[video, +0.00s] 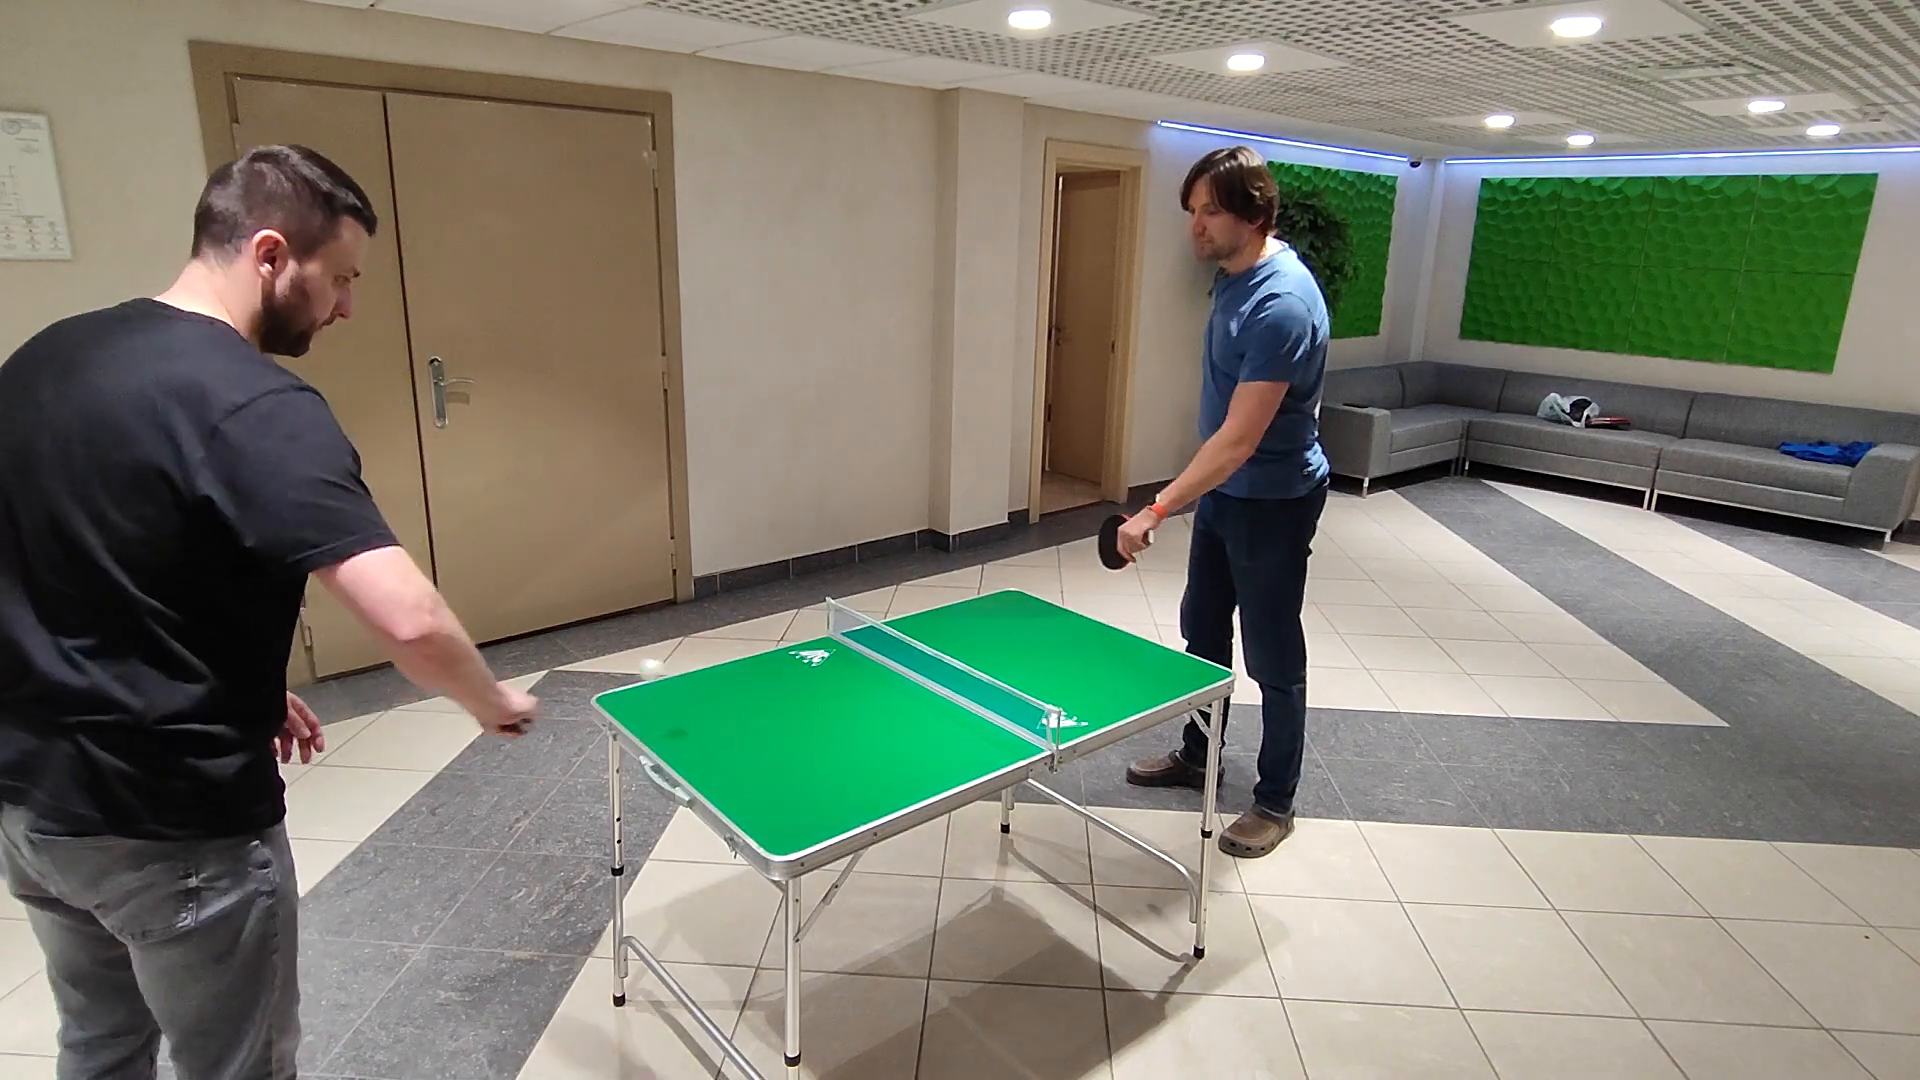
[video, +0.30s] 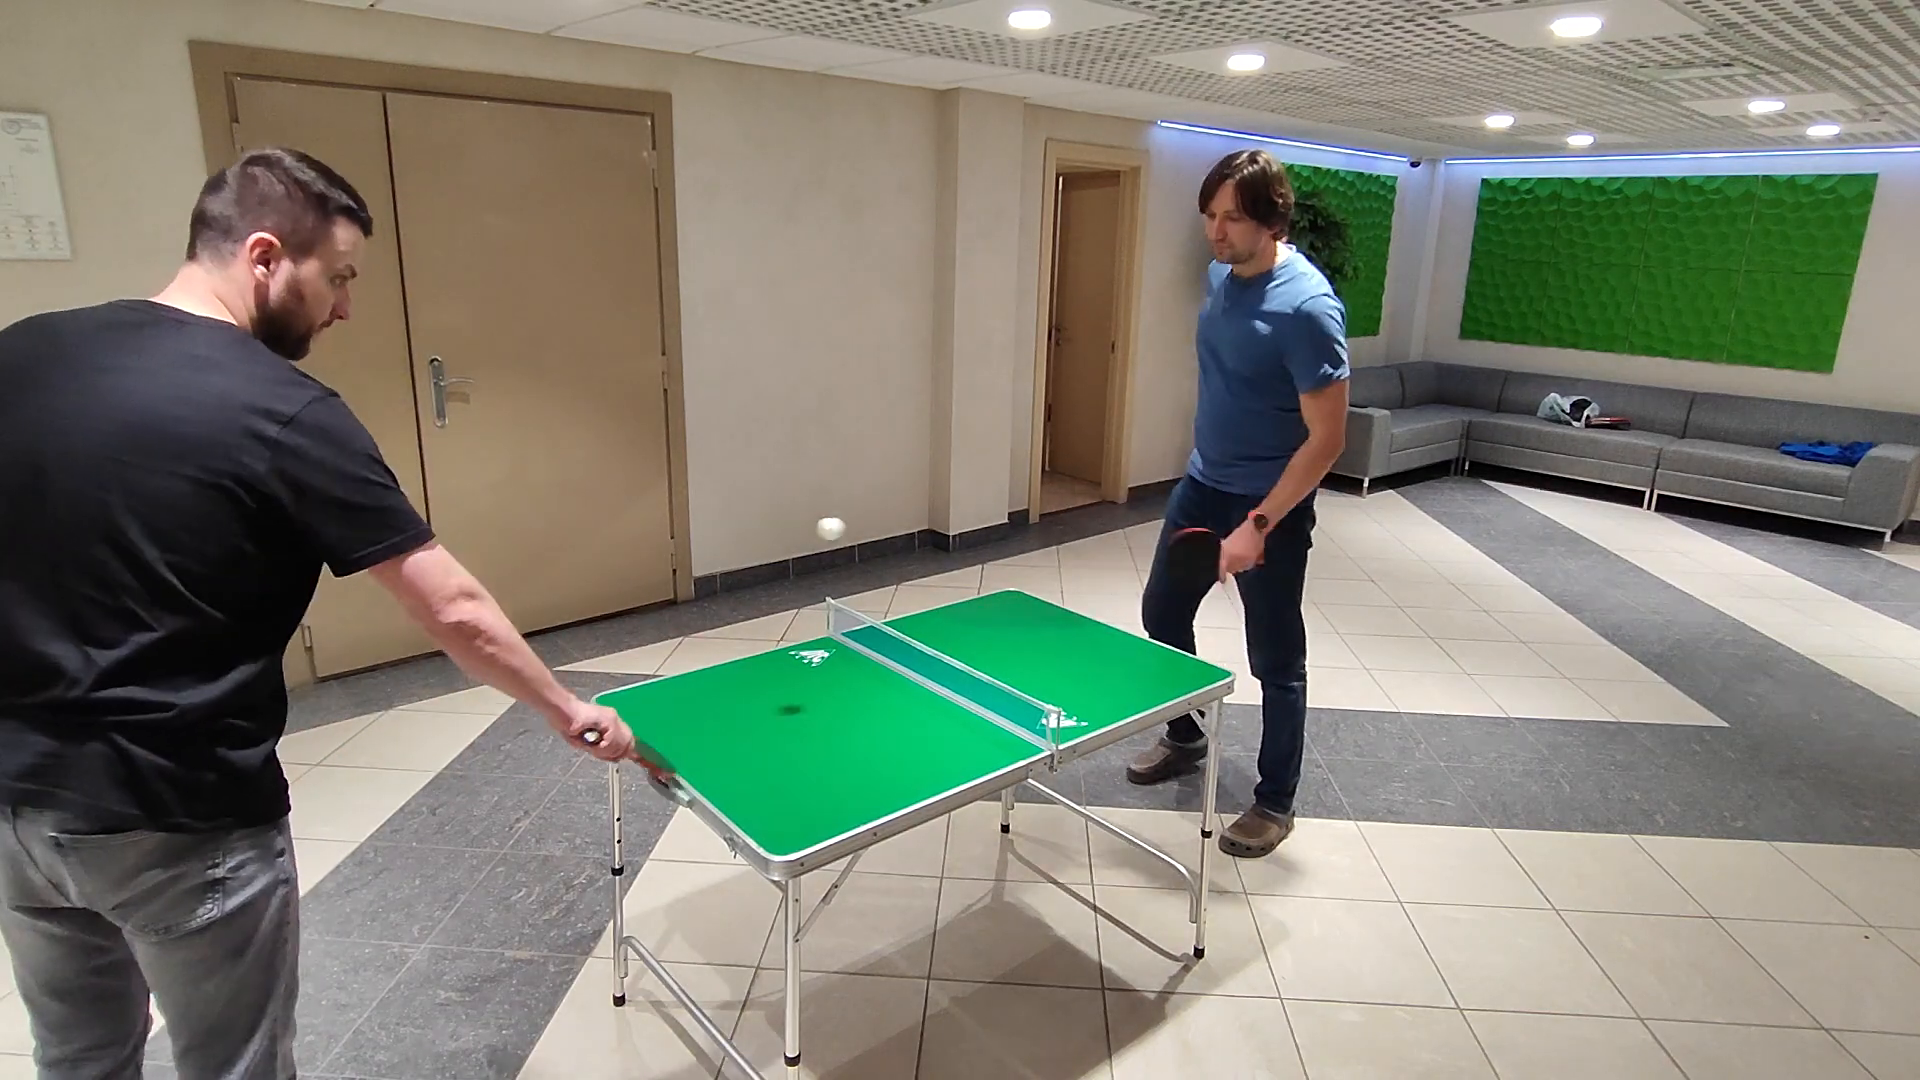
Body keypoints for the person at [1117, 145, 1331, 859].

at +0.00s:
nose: (1193, 226)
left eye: (1204, 214)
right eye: (1192, 213)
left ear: (1247, 215)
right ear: (1232, 216)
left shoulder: (1283, 307)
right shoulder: (1240, 276)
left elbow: (1237, 439)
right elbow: (1236, 409)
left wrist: (1153, 511)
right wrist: (1206, 480)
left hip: (1275, 497)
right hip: (1225, 486)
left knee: (1274, 658)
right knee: (1203, 629)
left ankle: (1274, 803)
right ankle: (1195, 756)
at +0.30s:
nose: (1214, 230)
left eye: (1228, 218)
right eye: (1210, 215)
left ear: (1269, 222)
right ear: (1211, 216)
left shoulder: (1308, 307)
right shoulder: (1226, 275)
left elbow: (1329, 437)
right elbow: (1231, 384)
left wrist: (1259, 523)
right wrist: (1207, 471)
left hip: (1271, 505)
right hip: (1205, 485)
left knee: (1277, 662)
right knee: (1163, 617)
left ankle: (1274, 803)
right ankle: (1185, 740)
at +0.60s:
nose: (1219, 258)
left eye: (1236, 247)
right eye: (1210, 243)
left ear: (1264, 246)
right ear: (1198, 237)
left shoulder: (1293, 324)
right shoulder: (1169, 289)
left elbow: (1308, 437)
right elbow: (1139, 376)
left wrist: (1319, 534)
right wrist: (1107, 456)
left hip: (1243, 499)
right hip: (1164, 488)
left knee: (1255, 651)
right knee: (1139, 618)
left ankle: (1272, 803)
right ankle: (1138, 723)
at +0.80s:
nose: (1198, 284)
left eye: (1213, 273)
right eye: (1189, 269)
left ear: (1238, 271)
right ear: (1177, 262)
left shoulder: (1259, 351)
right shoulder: (1150, 301)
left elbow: (1242, 461)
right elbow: (1105, 379)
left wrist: (1222, 551)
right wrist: (1063, 453)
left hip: (1212, 498)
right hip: (1138, 484)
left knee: (1232, 641)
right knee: (1119, 611)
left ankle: (1261, 788)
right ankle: (1139, 720)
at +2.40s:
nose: (1216, 225)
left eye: (1231, 213)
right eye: (1208, 213)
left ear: (1263, 214)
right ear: (1198, 213)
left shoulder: (1307, 290)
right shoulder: (1175, 284)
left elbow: (1320, 401)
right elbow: (1147, 379)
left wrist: (1300, 487)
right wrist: (1108, 463)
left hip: (1261, 484)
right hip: (1178, 479)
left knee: (1252, 643)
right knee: (1159, 615)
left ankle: (1234, 763)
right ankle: (1140, 721)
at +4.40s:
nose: (1269, 227)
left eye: (1284, 216)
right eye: (1263, 213)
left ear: (1321, 219)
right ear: (1258, 213)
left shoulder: (1363, 287)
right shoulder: (1234, 285)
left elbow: (1378, 393)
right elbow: (1177, 384)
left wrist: (1380, 489)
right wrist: (1118, 454)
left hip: (1316, 489)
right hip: (1232, 480)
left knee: (1291, 641)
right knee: (1191, 627)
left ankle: (1264, 762)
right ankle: (1183, 729)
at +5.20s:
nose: (1209, 226)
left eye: (1223, 212)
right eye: (1196, 211)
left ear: (1246, 212)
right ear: (1179, 209)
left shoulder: (1278, 276)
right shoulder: (1151, 289)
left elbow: (1311, 369)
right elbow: (1127, 399)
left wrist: (1319, 415)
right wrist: (1171, 450)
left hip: (1250, 485)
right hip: (1168, 487)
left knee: (1263, 635)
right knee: (1158, 633)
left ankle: (1262, 764)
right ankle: (1152, 761)